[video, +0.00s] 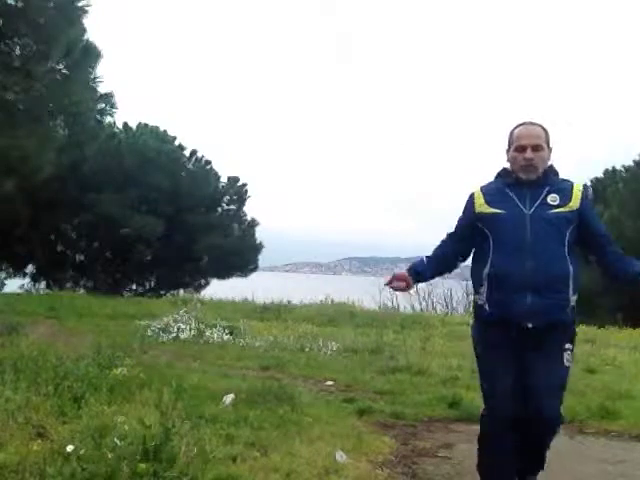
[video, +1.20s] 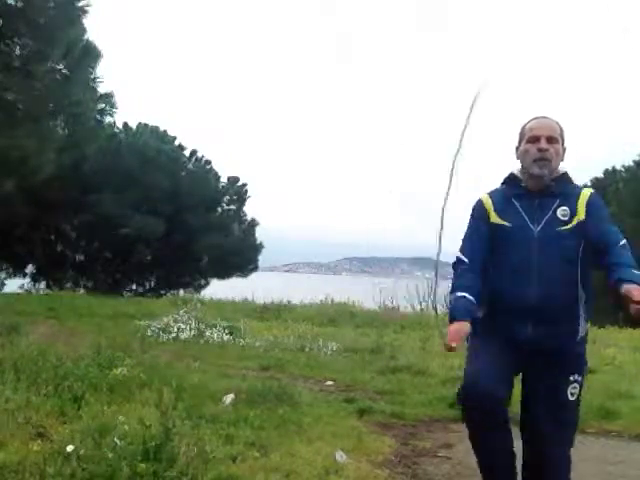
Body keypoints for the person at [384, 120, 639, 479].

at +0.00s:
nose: (528, 156)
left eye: (536, 149)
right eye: (520, 149)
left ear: (549, 153)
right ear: (508, 154)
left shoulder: (574, 196)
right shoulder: (483, 198)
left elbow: (606, 253)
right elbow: (454, 248)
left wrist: (636, 272)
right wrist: (413, 273)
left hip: (552, 325)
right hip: (496, 324)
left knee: (545, 415)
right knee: (500, 414)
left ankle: (525, 471)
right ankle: (496, 475)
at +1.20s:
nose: (542, 146)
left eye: (551, 141)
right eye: (533, 140)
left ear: (562, 153)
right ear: (518, 151)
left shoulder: (584, 202)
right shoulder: (490, 205)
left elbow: (614, 245)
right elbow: (468, 264)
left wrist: (628, 281)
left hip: (559, 340)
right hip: (497, 337)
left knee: (549, 443)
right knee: (478, 397)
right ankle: (500, 474)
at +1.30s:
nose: (541, 130)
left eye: (550, 125)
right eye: (532, 124)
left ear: (562, 134)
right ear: (517, 133)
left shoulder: (574, 169)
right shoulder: (496, 177)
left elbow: (570, 209)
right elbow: (496, 247)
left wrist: (502, 241)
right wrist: (573, 270)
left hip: (553, 311)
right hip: (499, 310)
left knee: (546, 416)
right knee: (492, 400)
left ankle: (542, 473)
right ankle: (499, 473)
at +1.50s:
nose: (534, 157)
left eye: (542, 151)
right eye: (525, 151)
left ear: (553, 161)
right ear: (510, 160)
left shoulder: (571, 202)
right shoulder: (486, 208)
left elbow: (567, 254)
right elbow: (487, 270)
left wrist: (516, 251)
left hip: (553, 332)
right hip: (497, 334)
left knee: (558, 405)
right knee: (497, 433)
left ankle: (537, 468)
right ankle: (499, 473)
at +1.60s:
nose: (537, 135)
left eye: (546, 129)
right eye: (528, 128)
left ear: (558, 139)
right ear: (512, 138)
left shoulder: (579, 194)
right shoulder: (482, 192)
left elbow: (598, 254)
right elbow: (456, 250)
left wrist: (623, 295)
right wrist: (428, 299)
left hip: (559, 328)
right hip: (498, 329)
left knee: (551, 416)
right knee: (501, 431)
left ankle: (547, 475)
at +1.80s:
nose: (540, 158)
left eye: (548, 152)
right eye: (531, 152)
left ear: (560, 163)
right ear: (515, 162)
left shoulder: (585, 215)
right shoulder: (484, 215)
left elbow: (624, 263)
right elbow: (458, 269)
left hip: (558, 343)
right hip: (494, 340)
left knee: (545, 453)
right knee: (475, 398)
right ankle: (503, 461)